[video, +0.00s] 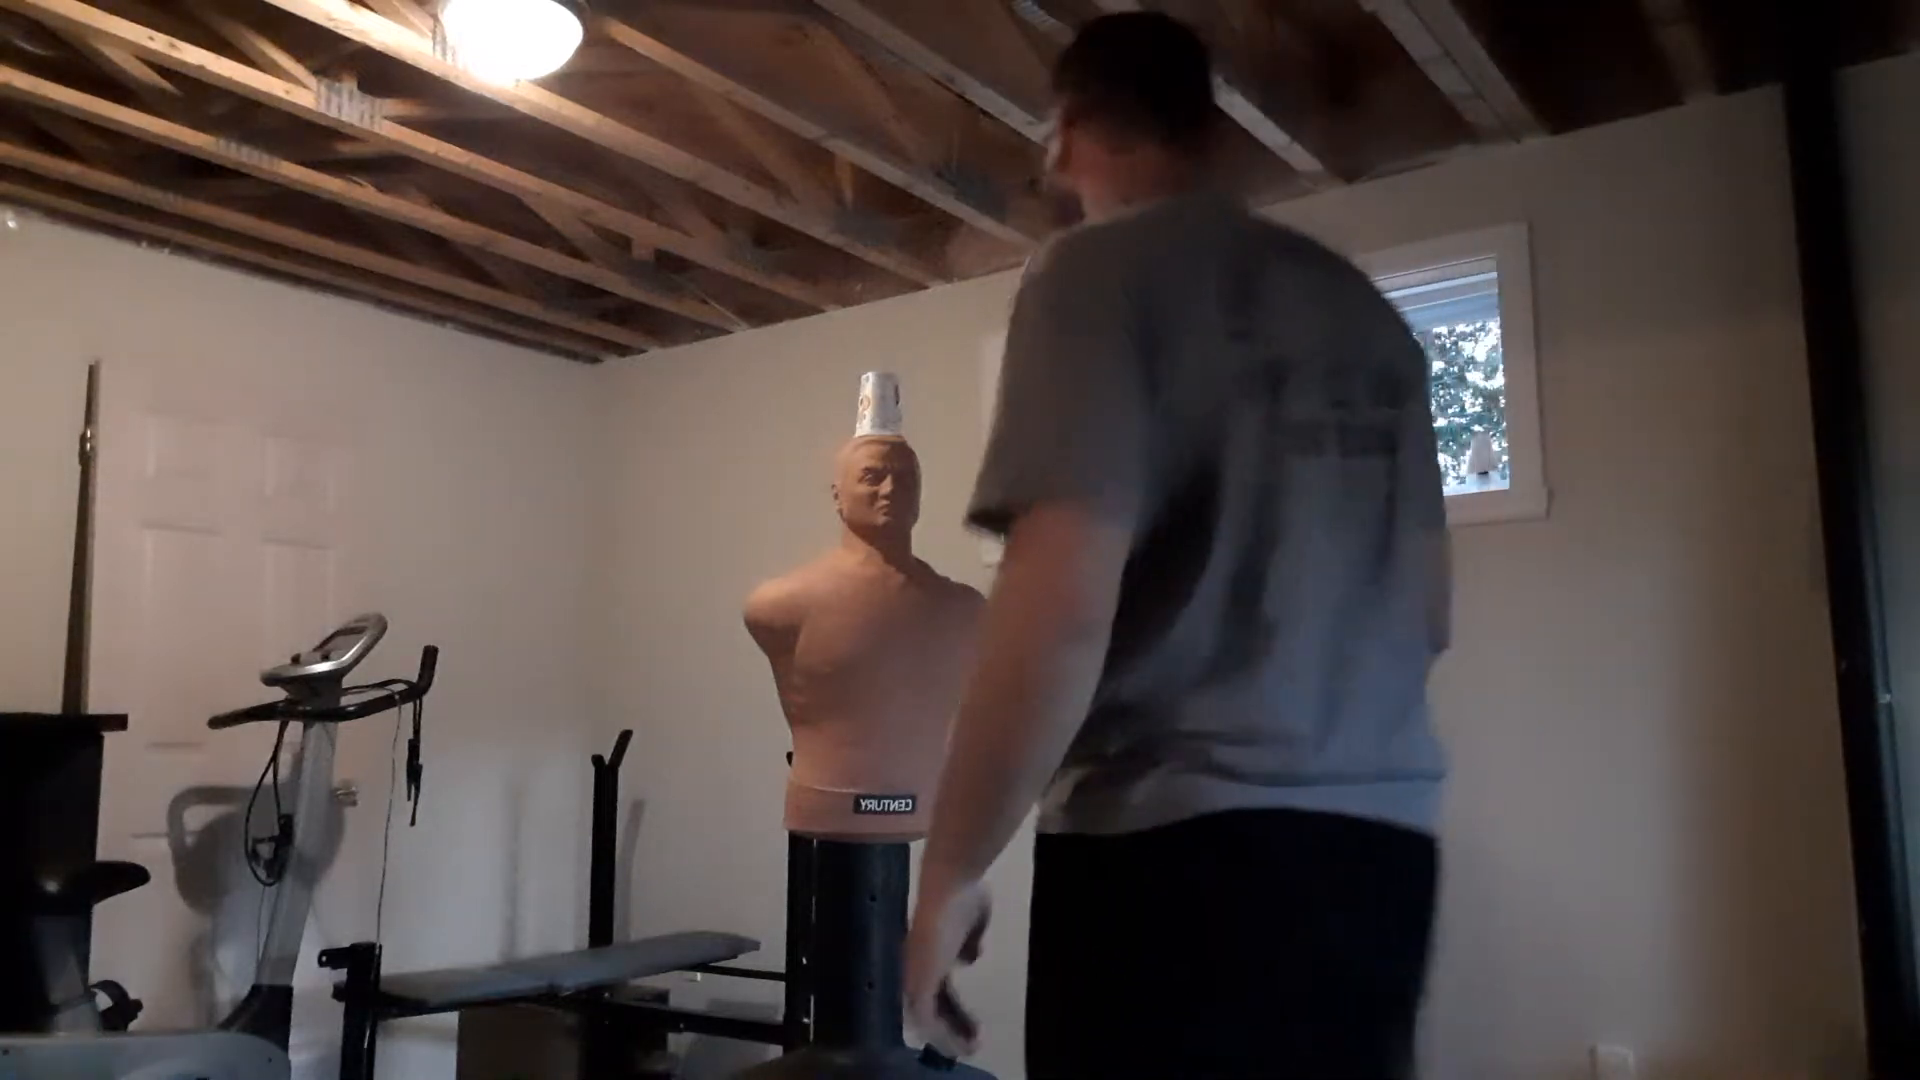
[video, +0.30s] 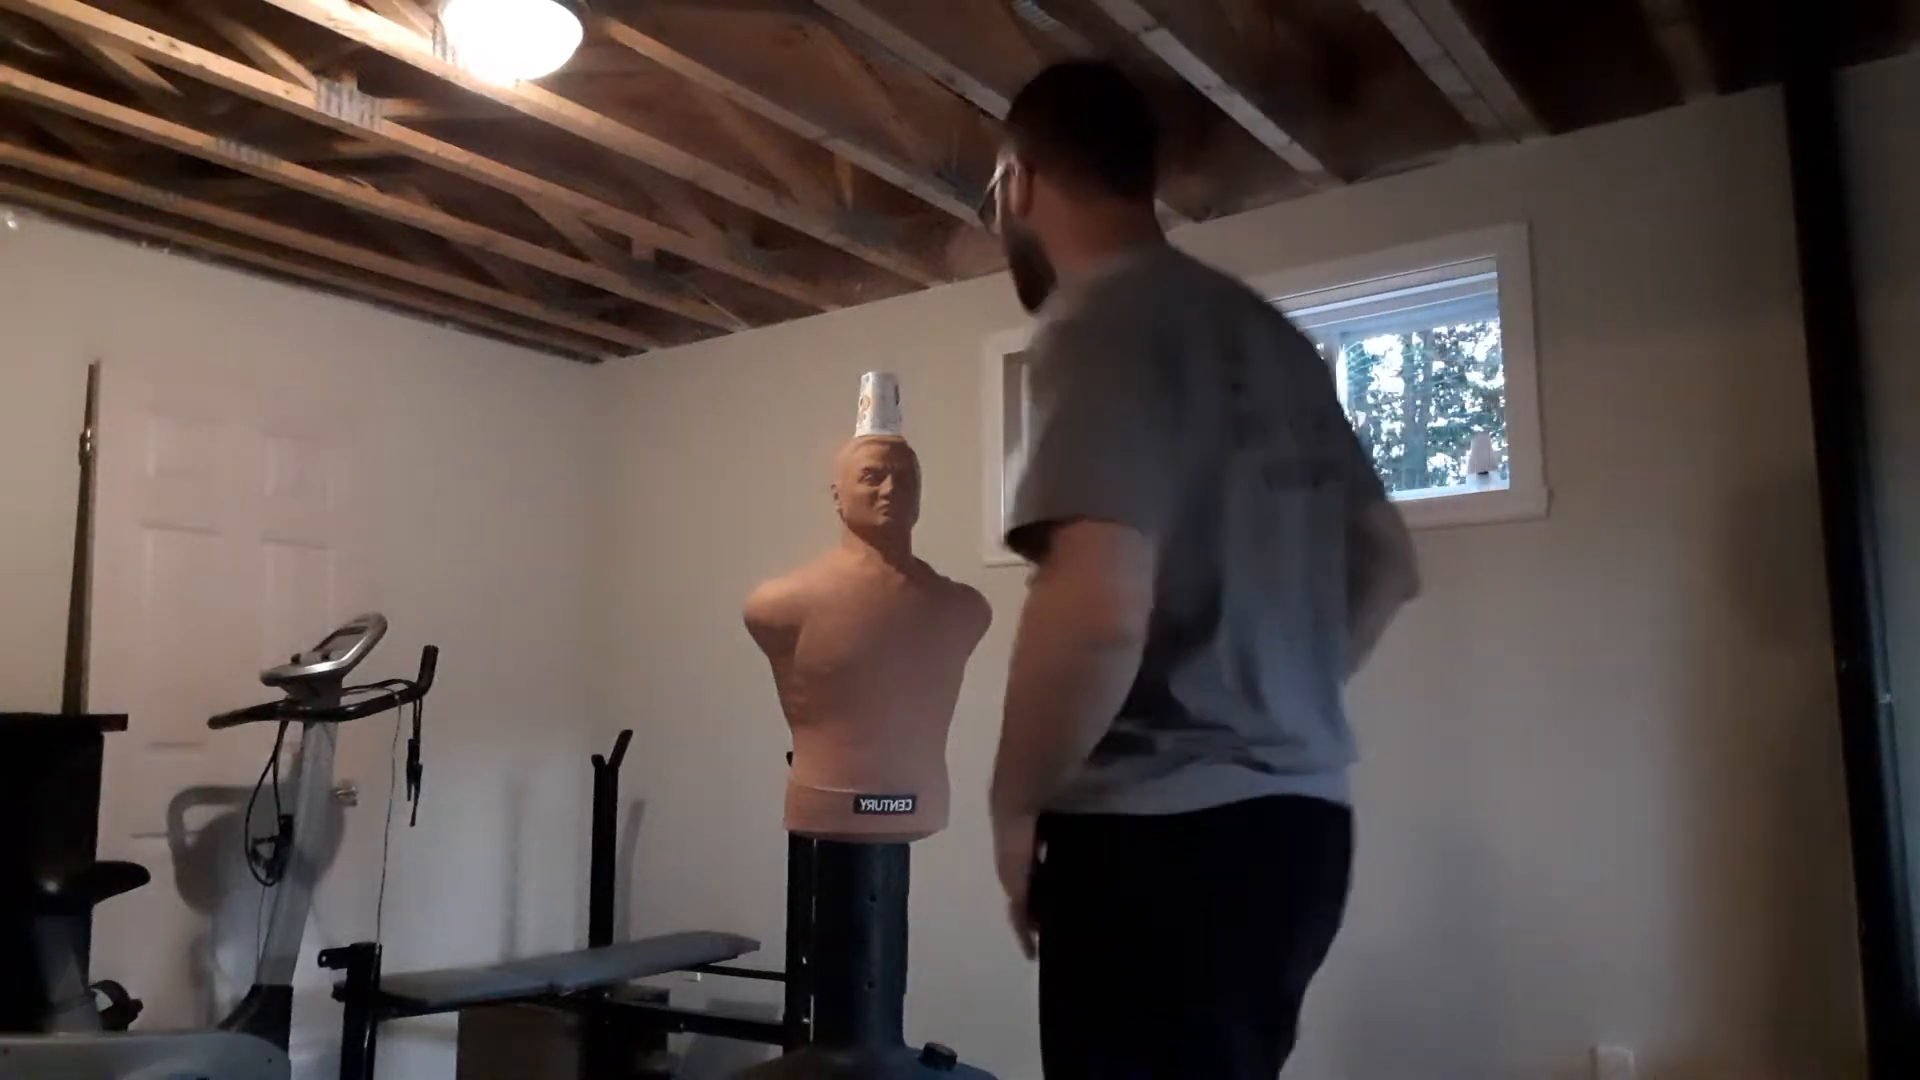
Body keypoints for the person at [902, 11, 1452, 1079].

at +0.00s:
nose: (1065, 187)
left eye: (1065, 157)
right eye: (1060, 164)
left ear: (1098, 128)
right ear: (1205, 131)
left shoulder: (1106, 267)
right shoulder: (1369, 310)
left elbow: (1065, 592)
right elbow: (1420, 608)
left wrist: (951, 876)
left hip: (1171, 855)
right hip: (1375, 859)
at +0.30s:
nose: (999, 212)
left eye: (998, 184)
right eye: (999, 187)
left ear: (1021, 179)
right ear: (1144, 174)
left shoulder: (1108, 312)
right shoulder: (1272, 334)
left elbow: (1098, 607)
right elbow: (1385, 568)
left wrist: (1015, 802)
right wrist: (1270, 700)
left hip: (1156, 842)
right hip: (1290, 833)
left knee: (1124, 1067)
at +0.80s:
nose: (1069, 292)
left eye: (1069, 262)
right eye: (1065, 270)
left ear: (1109, 246)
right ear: (1195, 246)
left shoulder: (1185, 355)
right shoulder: (1263, 360)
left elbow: (1013, 541)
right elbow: (1159, 624)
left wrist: (939, 602)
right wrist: (977, 641)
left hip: (1251, 828)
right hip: (1328, 821)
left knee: (1190, 1068)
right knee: (1280, 1070)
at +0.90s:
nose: (1076, 287)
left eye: (1080, 257)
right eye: (1074, 264)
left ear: (1122, 247)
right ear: (1212, 245)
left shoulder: (1189, 360)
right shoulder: (1288, 373)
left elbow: (1091, 621)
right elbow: (1273, 660)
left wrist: (1013, 645)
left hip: (1252, 854)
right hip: (1338, 839)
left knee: (1239, 1067)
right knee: (1309, 1067)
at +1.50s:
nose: (1055, 300)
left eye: (1056, 272)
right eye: (1052, 278)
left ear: (1095, 265)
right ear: (1177, 260)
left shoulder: (1236, 371)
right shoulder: (1195, 400)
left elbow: (1263, 628)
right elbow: (1205, 659)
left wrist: (1052, 639)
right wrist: (1060, 723)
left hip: (1314, 841)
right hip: (1276, 841)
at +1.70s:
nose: (1059, 300)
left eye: (1058, 272)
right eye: (1054, 280)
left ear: (1095, 257)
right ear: (1184, 251)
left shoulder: (1236, 367)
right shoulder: (1206, 394)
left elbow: (1243, 629)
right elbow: (1278, 642)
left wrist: (1045, 682)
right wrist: (1159, 772)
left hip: (1295, 867)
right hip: (1261, 861)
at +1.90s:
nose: (1023, 319)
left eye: (1027, 287)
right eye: (1024, 292)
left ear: (1066, 283)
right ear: (1129, 278)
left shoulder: (1197, 374)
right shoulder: (1169, 404)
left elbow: (1194, 607)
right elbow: (1258, 626)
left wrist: (1034, 596)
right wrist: (1130, 687)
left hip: (1313, 871)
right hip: (1248, 869)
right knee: (1155, 1069)